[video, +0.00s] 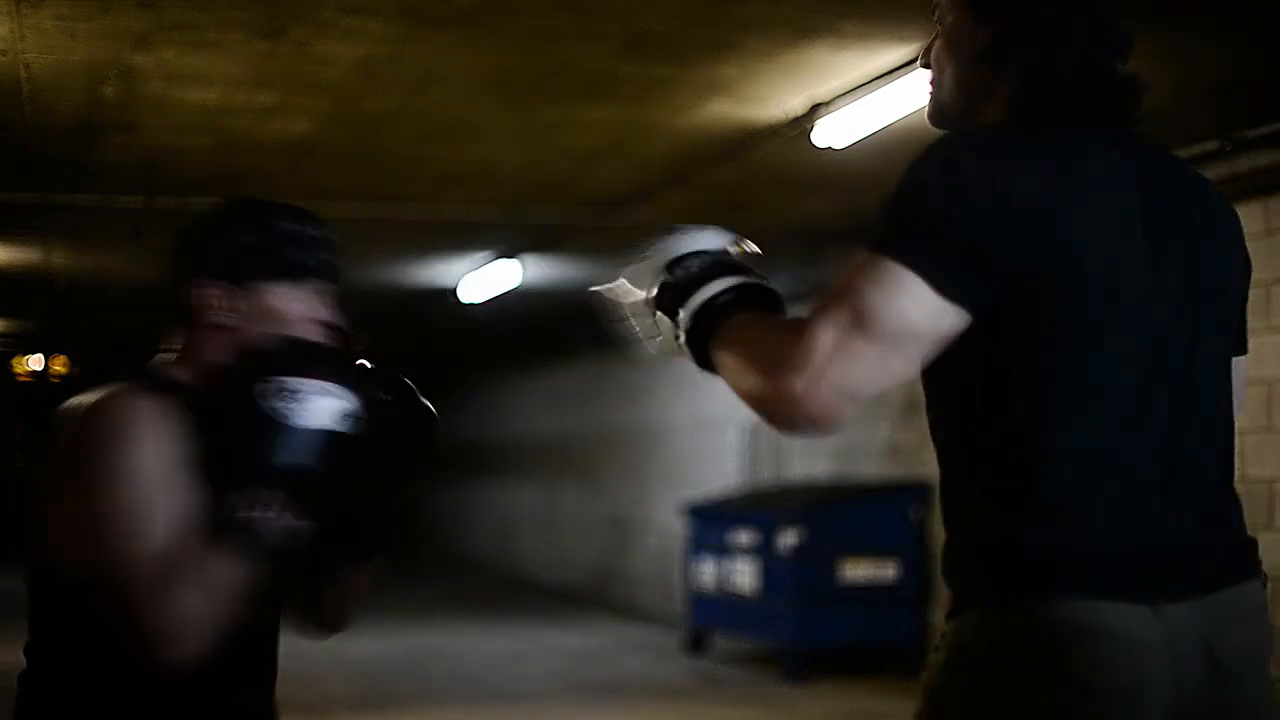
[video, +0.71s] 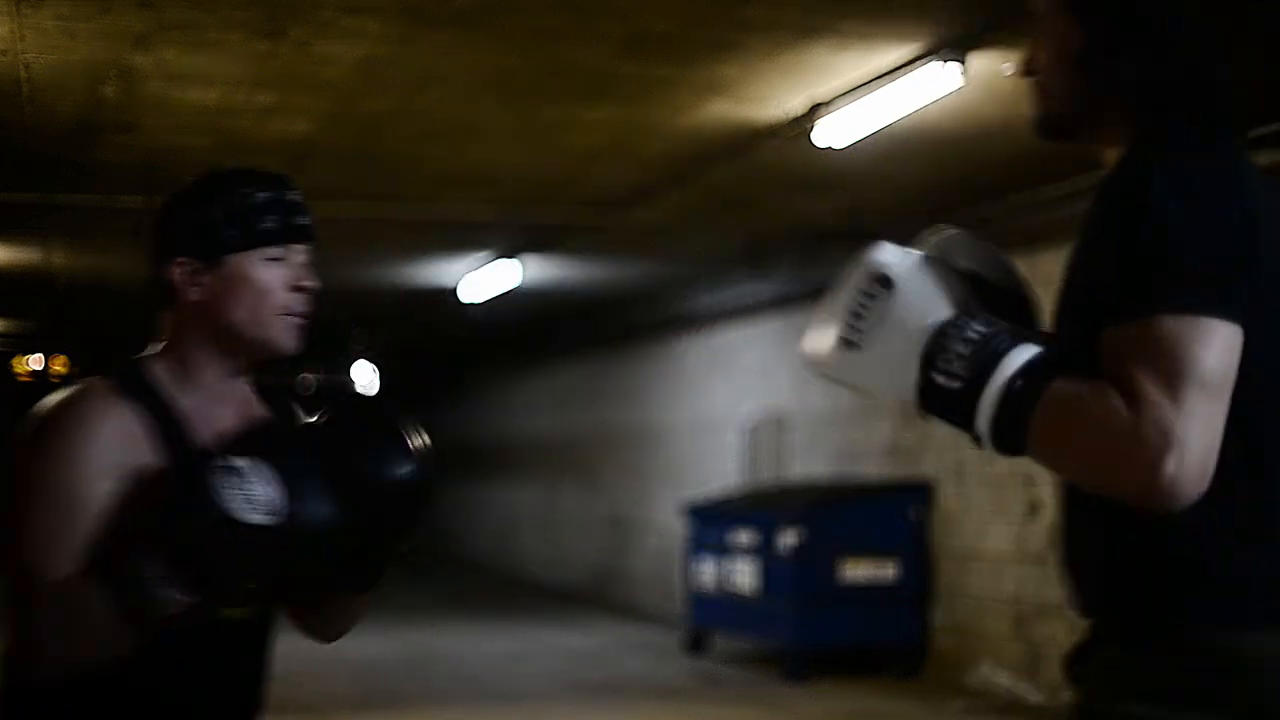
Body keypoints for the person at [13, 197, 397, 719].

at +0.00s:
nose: (330, 320)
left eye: (326, 297)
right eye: (304, 293)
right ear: (220, 303)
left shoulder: (250, 427)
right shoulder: (131, 421)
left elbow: (322, 612)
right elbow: (175, 628)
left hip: (232, 711)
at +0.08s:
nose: (248, 322)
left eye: (251, 295)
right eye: (214, 300)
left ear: (261, 296)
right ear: (143, 320)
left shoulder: (283, 424)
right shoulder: (67, 456)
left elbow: (387, 604)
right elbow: (55, 679)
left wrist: (352, 462)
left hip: (257, 712)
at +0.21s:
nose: (259, 331)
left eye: (260, 307)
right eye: (225, 314)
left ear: (271, 309)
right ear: (158, 334)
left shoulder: (299, 442)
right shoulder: (74, 479)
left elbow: (408, 628)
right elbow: (51, 682)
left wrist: (359, 473)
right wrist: (108, 529)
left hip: (271, 711)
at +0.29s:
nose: (331, 287)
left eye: (329, 262)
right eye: (305, 265)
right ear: (229, 285)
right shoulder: (141, 417)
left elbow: (378, 587)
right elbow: (142, 586)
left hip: (276, 707)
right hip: (144, 719)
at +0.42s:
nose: (408, 284)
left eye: (400, 258)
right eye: (386, 258)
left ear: (304, 273)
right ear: (309, 270)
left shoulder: (291, 352)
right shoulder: (290, 351)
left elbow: (457, 346)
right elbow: (479, 361)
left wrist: (572, 255)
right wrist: (598, 261)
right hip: (190, 717)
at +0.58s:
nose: (368, 281)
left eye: (365, 260)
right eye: (342, 257)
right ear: (259, 272)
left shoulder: (293, 407)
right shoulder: (192, 398)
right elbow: (184, 596)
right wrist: (354, 493)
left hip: (251, 716)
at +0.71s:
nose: (307, 282)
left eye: (305, 263)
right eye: (276, 259)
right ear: (192, 280)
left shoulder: (271, 423)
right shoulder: (91, 428)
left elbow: (323, 620)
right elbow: (37, 638)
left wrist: (372, 512)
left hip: (224, 714)